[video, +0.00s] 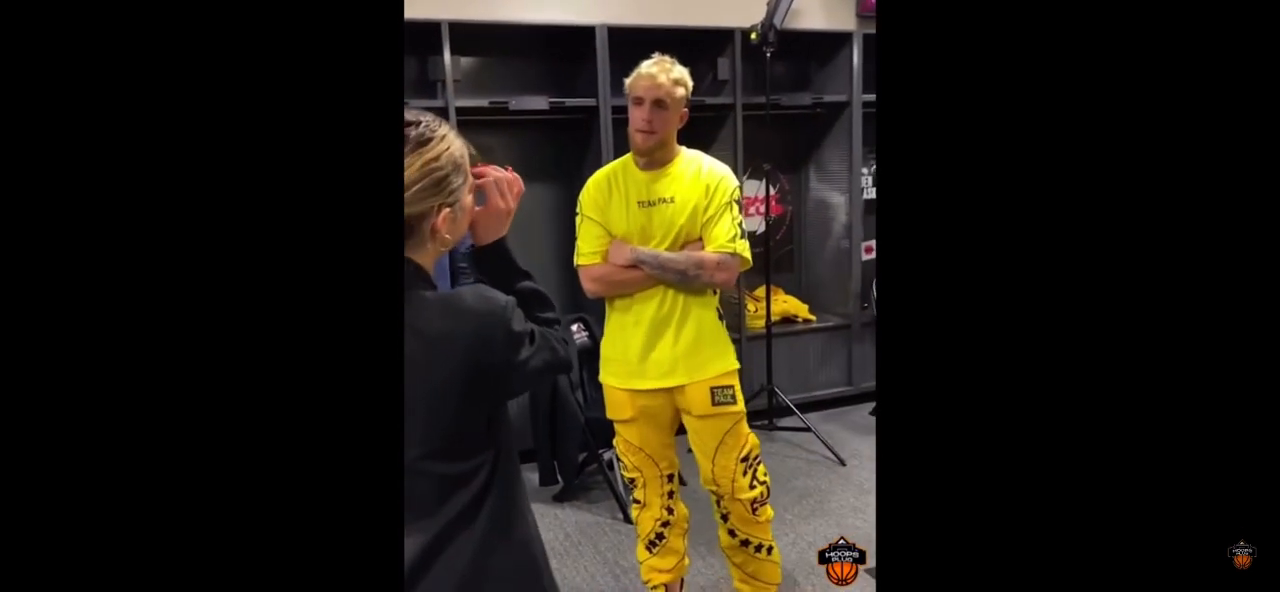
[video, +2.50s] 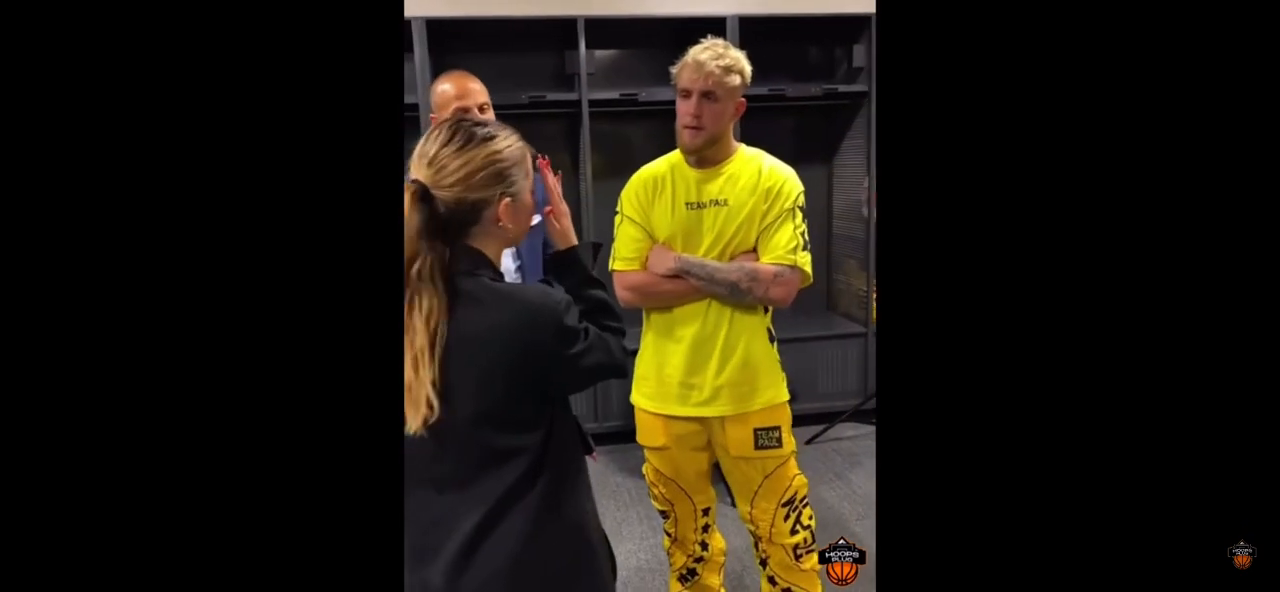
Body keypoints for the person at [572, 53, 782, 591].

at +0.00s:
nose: (645, 117)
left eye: (659, 106)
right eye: (637, 104)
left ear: (682, 116)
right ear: (626, 110)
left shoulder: (712, 177)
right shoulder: (600, 187)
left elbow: (726, 269)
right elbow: (593, 281)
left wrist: (634, 254)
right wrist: (681, 265)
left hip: (703, 360)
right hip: (628, 368)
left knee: (738, 491)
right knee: (651, 501)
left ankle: (759, 583)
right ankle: (662, 583)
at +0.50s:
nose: (668, 128)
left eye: (684, 116)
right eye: (661, 113)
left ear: (713, 126)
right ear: (651, 119)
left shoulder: (746, 198)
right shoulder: (621, 200)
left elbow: (752, 298)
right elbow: (611, 298)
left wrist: (653, 274)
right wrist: (705, 288)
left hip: (722, 390)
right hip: (643, 392)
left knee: (741, 539)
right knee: (665, 541)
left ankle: (745, 585)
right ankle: (670, 587)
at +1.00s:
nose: (680, 141)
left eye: (698, 129)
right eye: (676, 126)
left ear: (734, 141)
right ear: (667, 129)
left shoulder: (767, 217)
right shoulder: (641, 209)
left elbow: (757, 332)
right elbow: (617, 317)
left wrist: (661, 294)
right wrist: (714, 312)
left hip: (726, 420)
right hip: (645, 411)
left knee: (728, 556)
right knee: (625, 536)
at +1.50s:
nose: (682, 144)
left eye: (700, 133)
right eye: (678, 128)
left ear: (738, 143)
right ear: (670, 128)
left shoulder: (770, 220)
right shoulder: (642, 206)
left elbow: (759, 340)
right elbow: (616, 314)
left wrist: (661, 297)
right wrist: (714, 315)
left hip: (722, 418)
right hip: (642, 407)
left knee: (719, 550)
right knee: (623, 524)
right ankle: (644, 586)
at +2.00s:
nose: (701, 118)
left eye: (720, 106)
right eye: (696, 102)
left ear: (755, 117)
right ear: (687, 105)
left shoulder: (789, 191)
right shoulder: (657, 188)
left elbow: (785, 305)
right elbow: (637, 297)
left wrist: (683, 273)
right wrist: (741, 287)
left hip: (757, 401)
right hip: (668, 399)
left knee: (780, 556)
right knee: (665, 558)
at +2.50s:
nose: (690, 113)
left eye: (707, 98)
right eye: (683, 96)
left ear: (738, 108)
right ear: (673, 100)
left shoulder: (775, 182)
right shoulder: (644, 184)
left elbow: (781, 288)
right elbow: (629, 289)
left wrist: (675, 261)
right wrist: (734, 275)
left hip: (750, 389)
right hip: (664, 392)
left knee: (786, 544)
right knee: (687, 548)